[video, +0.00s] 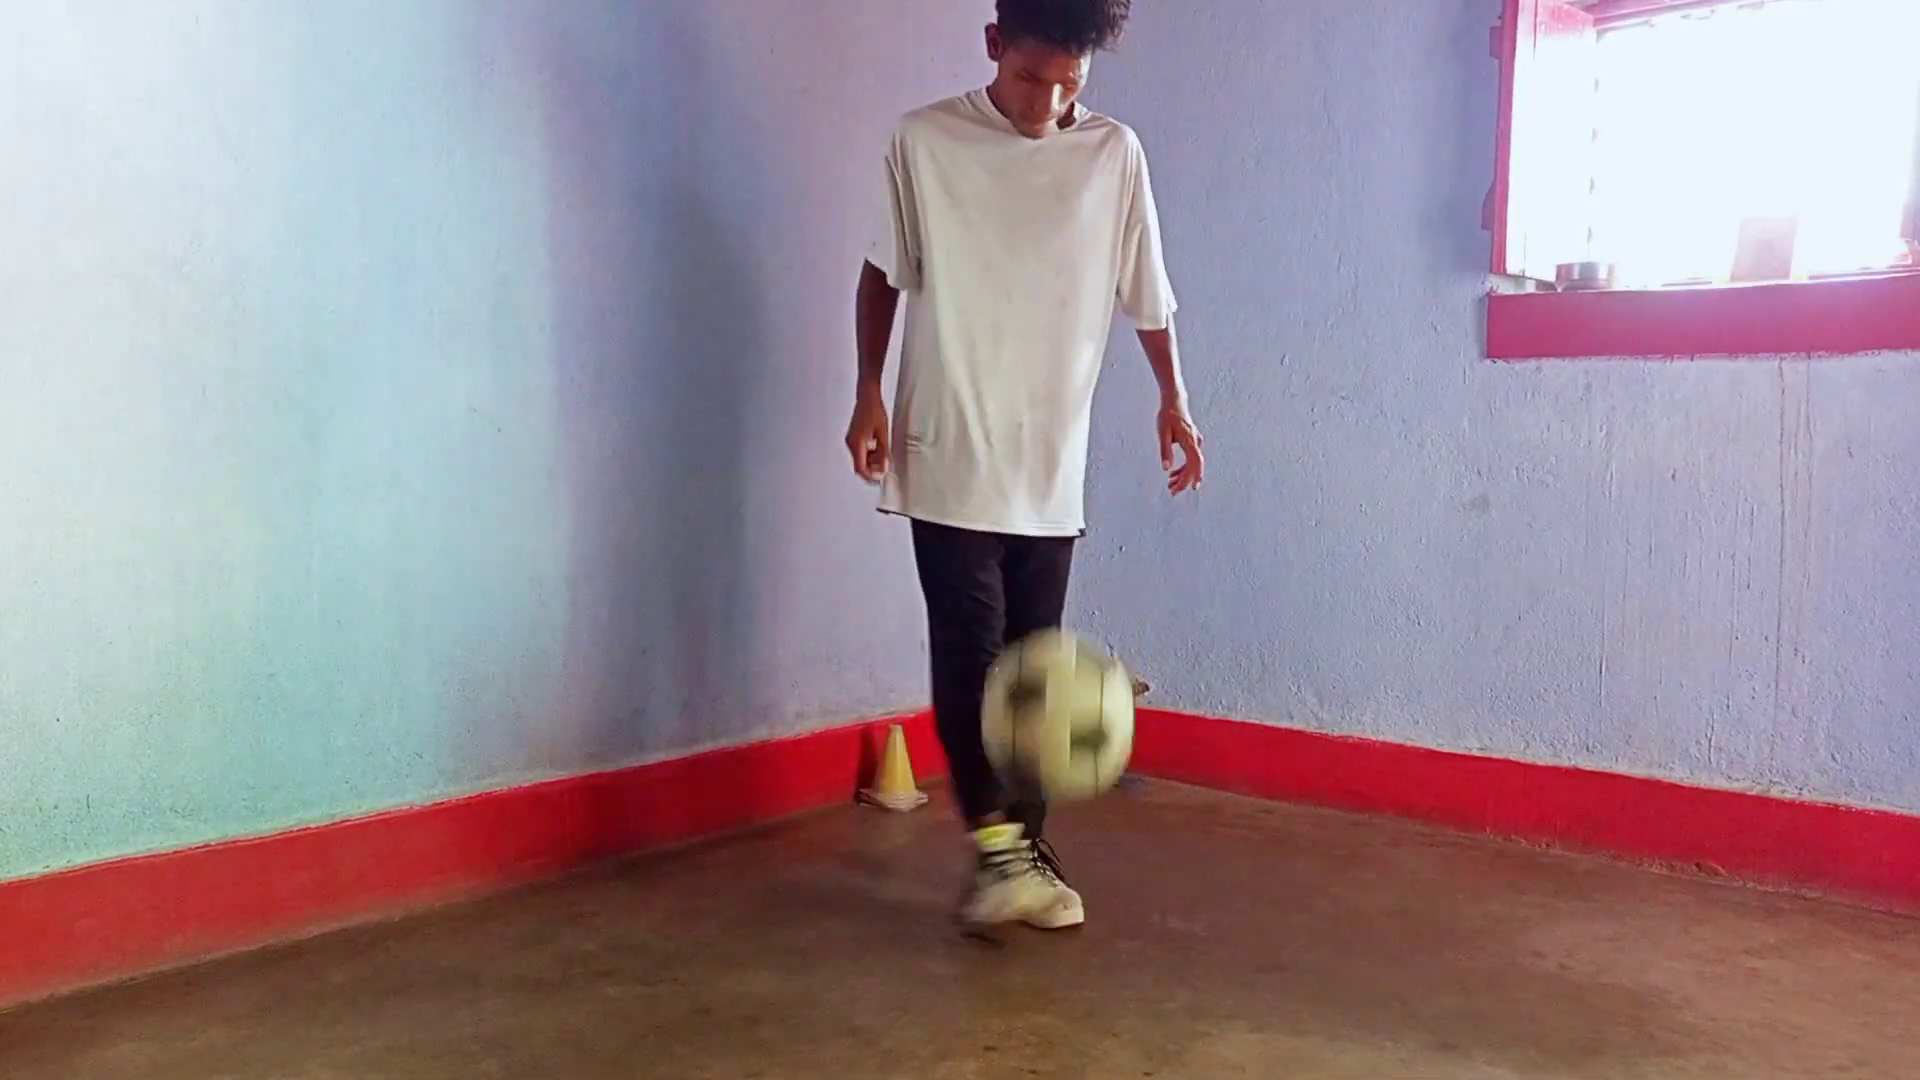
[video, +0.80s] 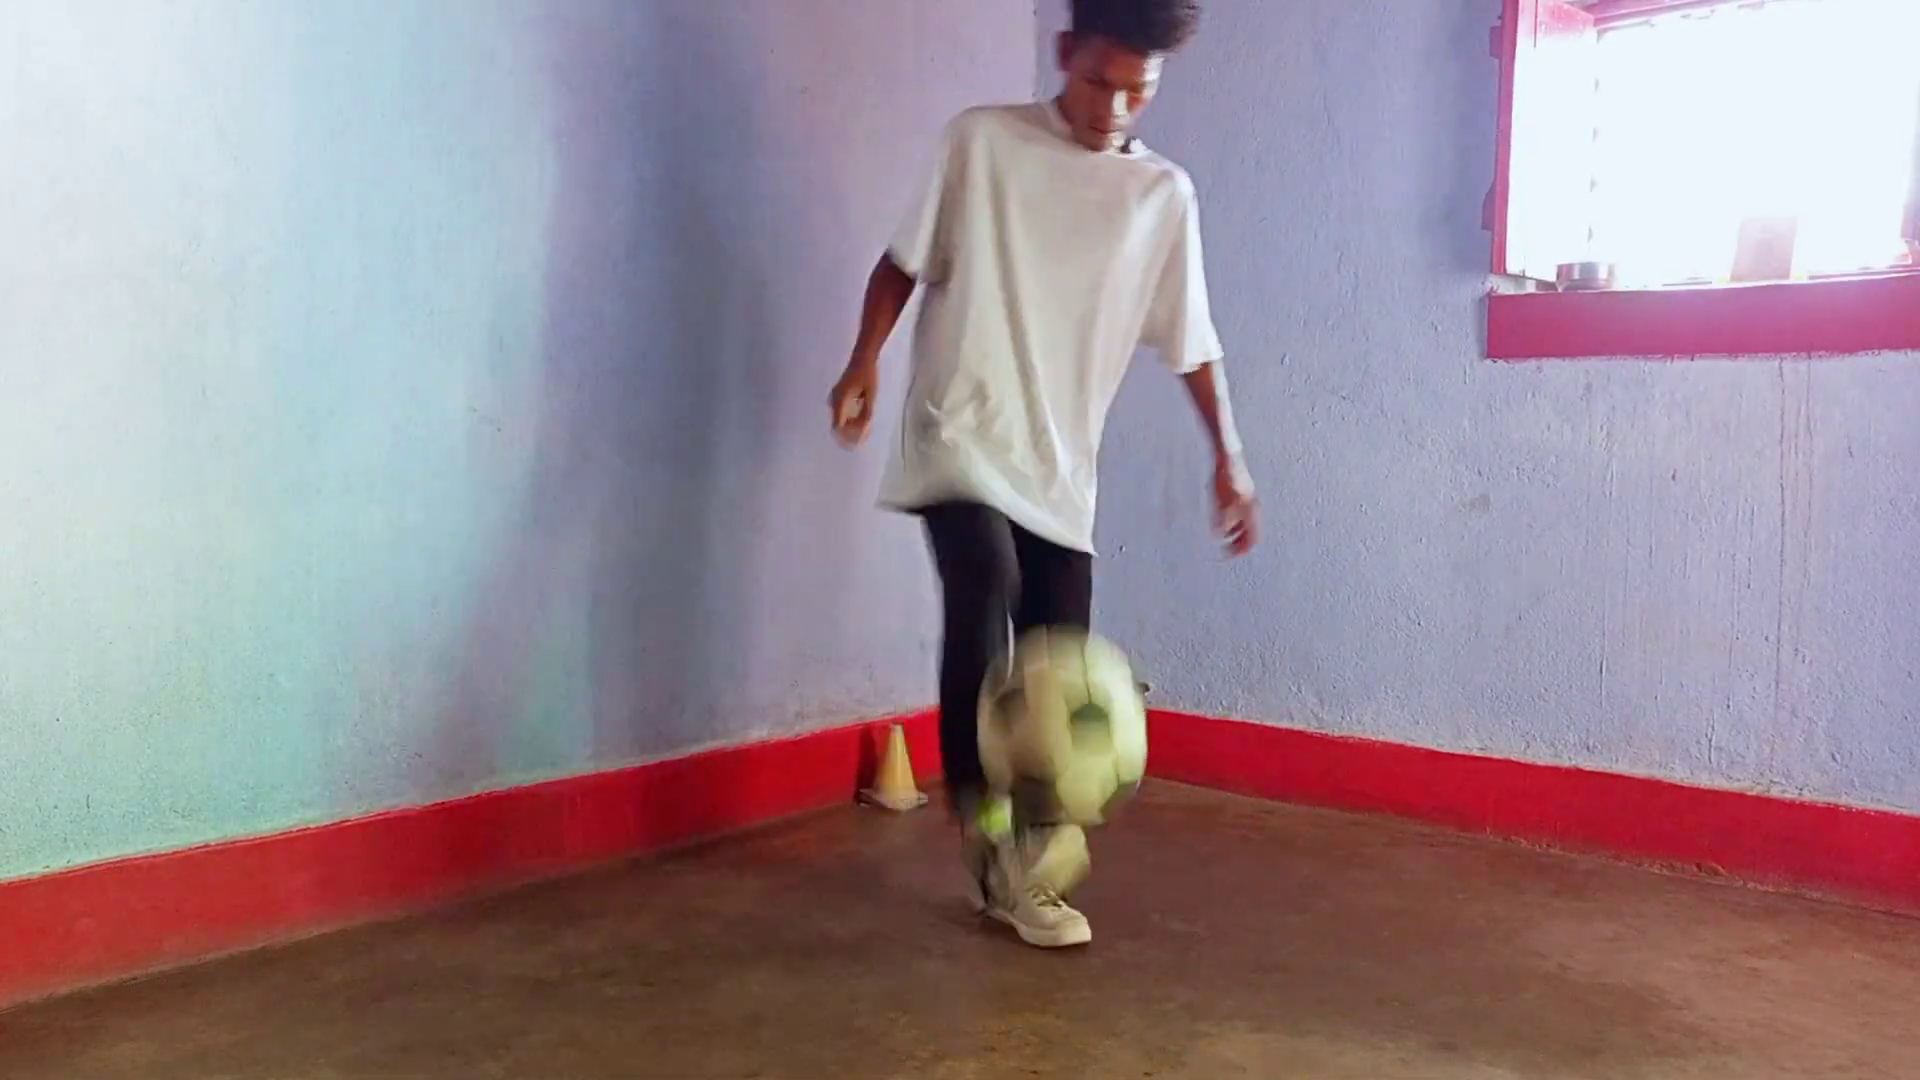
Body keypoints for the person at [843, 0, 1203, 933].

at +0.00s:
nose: (1049, 101)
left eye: (1067, 84)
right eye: (1034, 80)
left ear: (1091, 63)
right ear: (994, 45)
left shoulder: (1112, 152)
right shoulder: (923, 140)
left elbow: (1146, 289)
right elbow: (882, 275)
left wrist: (1173, 398)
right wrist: (869, 394)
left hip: (1053, 444)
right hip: (946, 438)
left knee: (1037, 650)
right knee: (970, 640)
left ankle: (1029, 851)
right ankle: (994, 853)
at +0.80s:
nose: (1115, 111)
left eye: (1135, 93)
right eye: (1099, 86)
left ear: (1155, 79)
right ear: (1063, 58)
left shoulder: (1164, 194)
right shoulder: (981, 140)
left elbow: (1191, 340)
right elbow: (904, 265)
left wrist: (1229, 458)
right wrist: (862, 362)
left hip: (1061, 456)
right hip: (959, 430)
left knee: (1060, 659)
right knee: (986, 586)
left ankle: (1035, 865)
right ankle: (984, 840)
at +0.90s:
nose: (1127, 97)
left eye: (1146, 81)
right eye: (1113, 73)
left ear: (1167, 73)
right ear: (1078, 48)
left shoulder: (1176, 178)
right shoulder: (1000, 122)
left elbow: (1202, 313)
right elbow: (911, 226)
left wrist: (1233, 422)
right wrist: (868, 323)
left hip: (1071, 437)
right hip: (975, 385)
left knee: (1064, 656)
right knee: (975, 476)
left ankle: (1022, 855)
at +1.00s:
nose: (1118, 71)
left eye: (1137, 53)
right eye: (1101, 47)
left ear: (1160, 47)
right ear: (1064, 31)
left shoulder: (1178, 152)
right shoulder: (991, 112)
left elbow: (1215, 277)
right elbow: (910, 211)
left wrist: (1257, 362)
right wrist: (830, 271)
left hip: (1085, 419)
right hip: (995, 376)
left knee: (1077, 623)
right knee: (998, 249)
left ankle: (1029, 839)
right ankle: (936, 405)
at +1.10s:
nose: (1090, 60)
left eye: (1112, 42)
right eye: (1074, 35)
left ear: (1140, 38)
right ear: (1044, 24)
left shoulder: (1174, 142)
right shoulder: (978, 112)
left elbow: (1254, 253)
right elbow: (916, 227)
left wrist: (1313, 336)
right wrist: (825, 265)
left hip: (1087, 384)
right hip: (978, 365)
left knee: (1073, 604)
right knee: (1001, 167)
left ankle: (1026, 843)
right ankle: (965, 369)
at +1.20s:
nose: (1062, 58)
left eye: (1086, 36)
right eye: (1046, 32)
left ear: (1122, 25)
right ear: (1021, 19)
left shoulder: (1167, 138)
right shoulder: (963, 121)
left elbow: (1265, 243)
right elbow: (922, 252)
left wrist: (1357, 328)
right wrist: (842, 313)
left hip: (1078, 411)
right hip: (980, 388)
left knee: (1069, 616)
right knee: (1045, 233)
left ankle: (1018, 846)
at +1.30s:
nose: (1060, 74)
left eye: (1082, 54)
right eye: (1043, 50)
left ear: (1120, 44)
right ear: (1021, 39)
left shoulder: (1169, 158)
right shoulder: (965, 145)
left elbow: (1278, 273)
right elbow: (918, 282)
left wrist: (1371, 372)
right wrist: (856, 358)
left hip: (1081, 425)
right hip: (971, 406)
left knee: (1062, 626)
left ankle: (1011, 859)